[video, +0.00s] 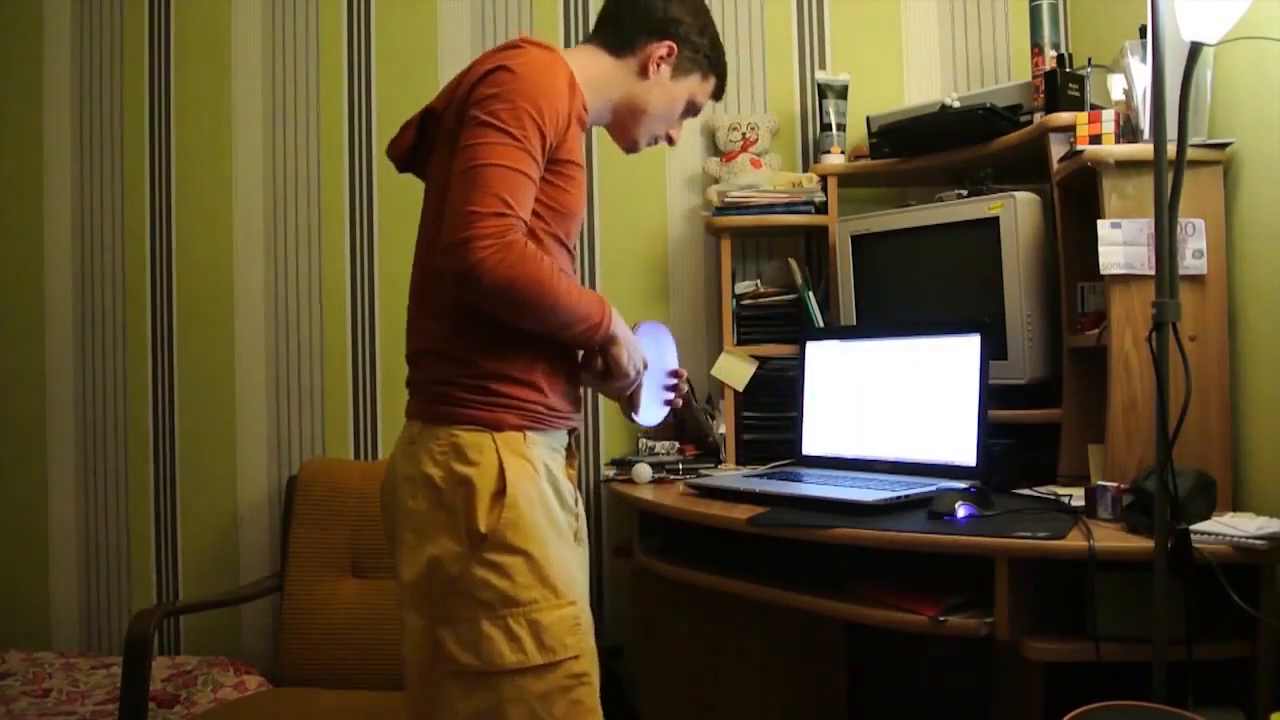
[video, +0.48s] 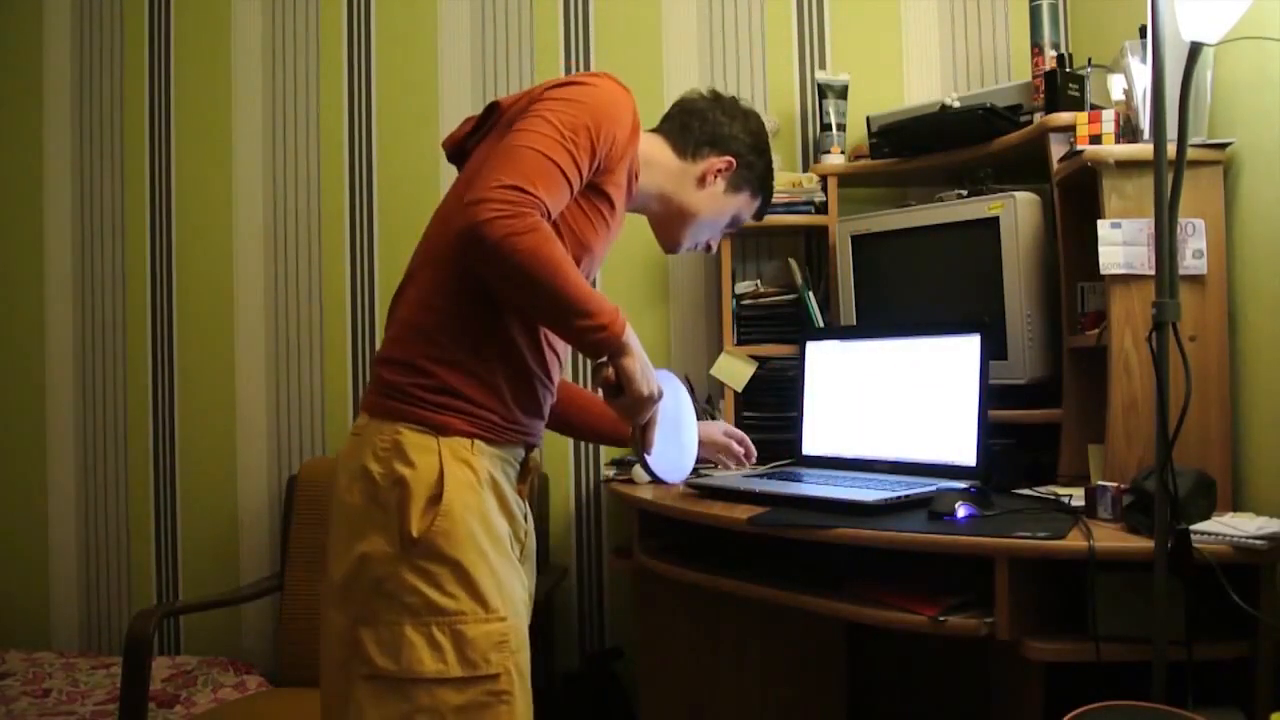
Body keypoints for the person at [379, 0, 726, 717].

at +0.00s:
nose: (676, 132)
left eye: (688, 117)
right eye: (687, 107)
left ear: (651, 61)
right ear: (660, 59)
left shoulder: (555, 106)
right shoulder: (530, 75)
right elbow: (487, 251)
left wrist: (612, 363)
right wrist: (605, 330)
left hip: (514, 464)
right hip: (485, 470)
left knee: (512, 704)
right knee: (538, 706)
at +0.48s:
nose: (715, 243)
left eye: (729, 232)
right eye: (731, 222)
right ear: (716, 172)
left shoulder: (593, 207)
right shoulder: (603, 102)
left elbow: (526, 382)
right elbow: (498, 213)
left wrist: (674, 432)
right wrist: (618, 341)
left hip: (482, 478)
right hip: (433, 474)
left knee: (483, 700)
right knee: (465, 705)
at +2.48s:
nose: (718, 208)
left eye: (733, 191)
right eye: (733, 180)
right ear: (704, 132)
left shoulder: (581, 192)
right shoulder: (569, 94)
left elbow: (483, 366)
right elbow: (457, 215)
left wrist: (590, 446)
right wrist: (601, 329)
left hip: (485, 476)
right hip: (421, 476)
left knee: (513, 705)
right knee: (462, 707)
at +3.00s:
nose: (656, 123)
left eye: (671, 103)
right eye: (669, 91)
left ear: (627, 48)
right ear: (630, 45)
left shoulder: (518, 102)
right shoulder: (487, 66)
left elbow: (449, 307)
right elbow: (425, 249)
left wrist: (512, 441)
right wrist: (587, 324)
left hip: (481, 488)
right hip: (421, 493)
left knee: (518, 706)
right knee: (441, 706)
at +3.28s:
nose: (599, 72)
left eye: (612, 51)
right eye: (608, 39)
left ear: (554, 7)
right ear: (560, 0)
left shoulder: (458, 75)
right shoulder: (423, 55)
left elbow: (430, 309)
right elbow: (379, 279)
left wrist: (564, 353)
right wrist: (543, 391)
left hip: (469, 498)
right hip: (410, 509)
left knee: (528, 711)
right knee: (443, 710)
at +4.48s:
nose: (564, 35)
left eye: (574, 13)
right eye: (568, 5)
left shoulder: (416, 69)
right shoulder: (336, 47)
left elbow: (416, 297)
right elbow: (296, 286)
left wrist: (578, 329)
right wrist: (490, 380)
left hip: (445, 497)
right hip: (362, 508)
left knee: (508, 710)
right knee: (388, 710)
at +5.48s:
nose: (535, 58)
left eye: (546, 35)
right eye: (539, 24)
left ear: (477, 6)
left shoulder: (407, 119)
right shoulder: (283, 54)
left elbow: (441, 319)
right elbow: (252, 280)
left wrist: (580, 403)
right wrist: (443, 360)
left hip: (394, 504)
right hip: (274, 510)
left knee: (456, 710)